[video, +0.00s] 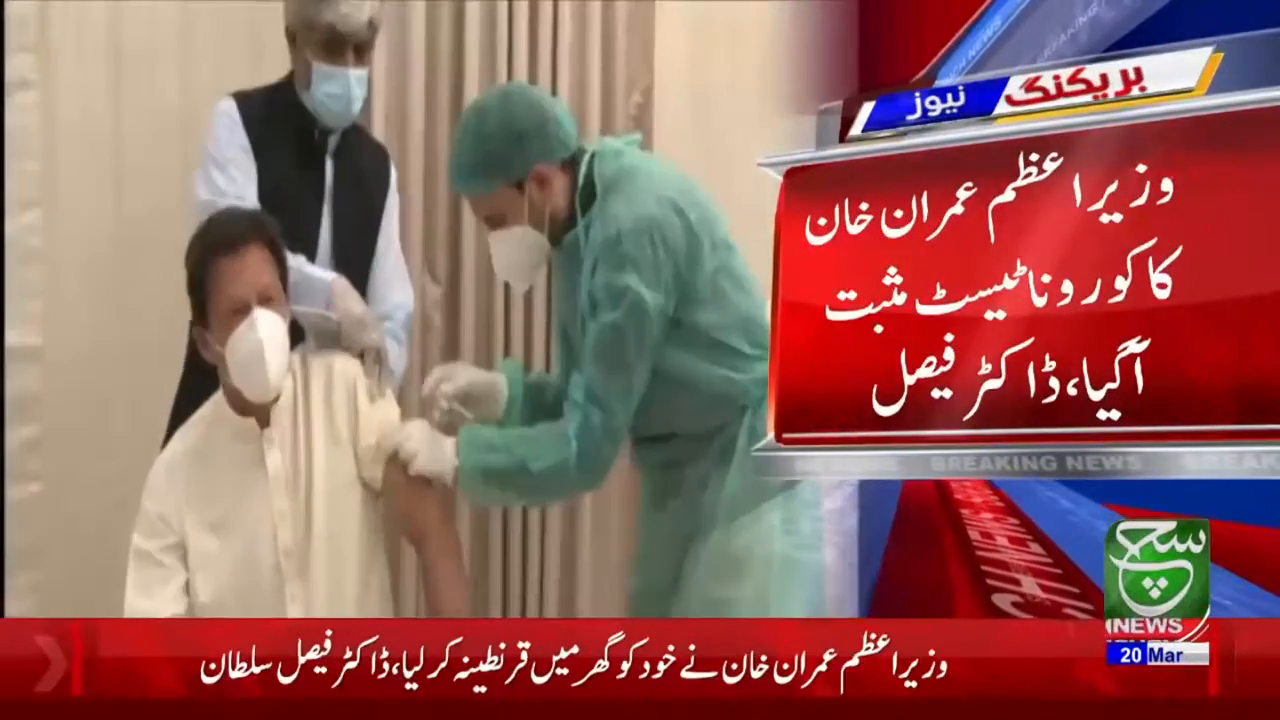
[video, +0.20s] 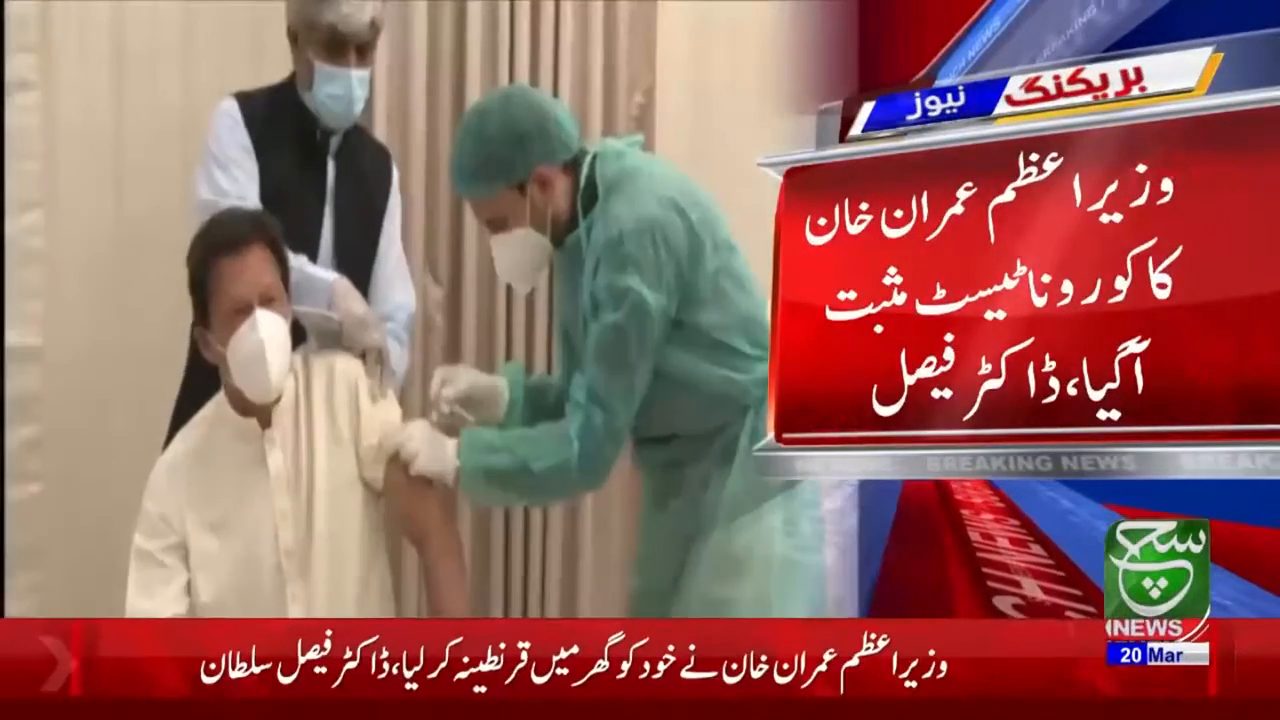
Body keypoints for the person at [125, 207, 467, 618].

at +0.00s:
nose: (260, 323)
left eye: (270, 303)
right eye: (238, 312)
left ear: (289, 310)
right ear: (208, 343)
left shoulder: (341, 386)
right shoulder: (178, 472)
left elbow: (431, 526)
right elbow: (153, 624)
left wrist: (457, 642)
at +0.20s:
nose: (261, 323)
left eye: (271, 304)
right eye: (240, 312)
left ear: (291, 310)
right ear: (209, 343)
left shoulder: (343, 386)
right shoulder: (179, 474)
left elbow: (432, 528)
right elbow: (155, 628)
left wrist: (457, 643)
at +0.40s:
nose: (262, 327)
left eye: (271, 308)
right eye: (240, 316)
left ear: (292, 316)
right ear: (208, 346)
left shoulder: (341, 393)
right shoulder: (183, 471)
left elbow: (430, 524)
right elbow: (154, 619)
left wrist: (451, 646)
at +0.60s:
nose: (262, 328)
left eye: (271, 308)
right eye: (241, 317)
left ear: (290, 312)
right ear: (209, 348)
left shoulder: (343, 389)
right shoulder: (178, 479)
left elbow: (429, 526)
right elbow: (157, 634)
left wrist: (455, 639)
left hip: (362, 666)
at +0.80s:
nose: (262, 329)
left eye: (271, 308)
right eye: (241, 317)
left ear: (291, 314)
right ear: (210, 348)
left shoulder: (343, 389)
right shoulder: (178, 479)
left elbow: (430, 527)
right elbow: (157, 635)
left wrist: (455, 640)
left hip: (362, 666)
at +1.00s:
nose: (262, 329)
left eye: (271, 309)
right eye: (241, 318)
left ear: (291, 312)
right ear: (210, 349)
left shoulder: (343, 389)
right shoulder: (178, 479)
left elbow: (430, 534)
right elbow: (157, 636)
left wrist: (454, 645)